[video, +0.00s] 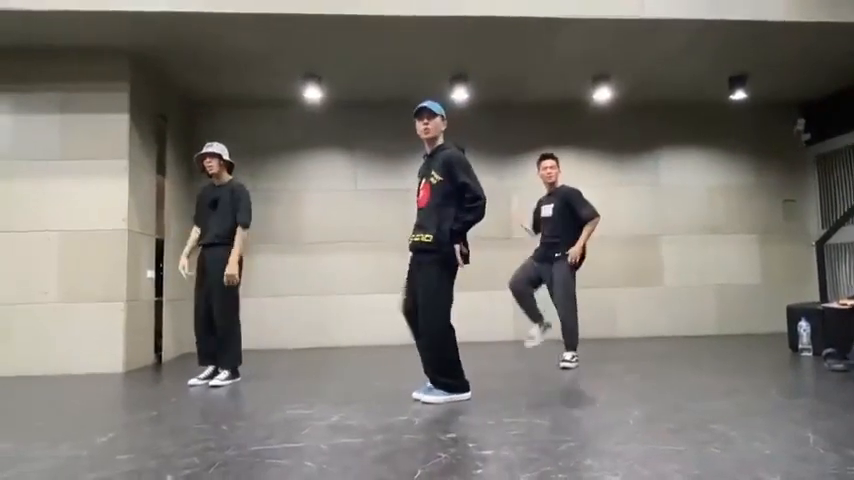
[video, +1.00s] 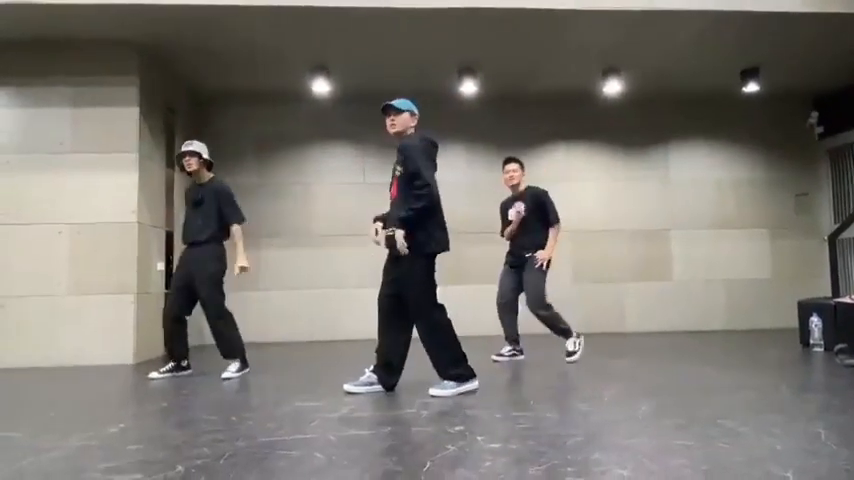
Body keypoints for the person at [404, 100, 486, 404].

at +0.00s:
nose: (425, 123)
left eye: (431, 118)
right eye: (420, 119)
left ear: (444, 123)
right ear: (416, 126)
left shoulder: (451, 157)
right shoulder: (427, 163)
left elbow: (477, 202)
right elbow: (437, 205)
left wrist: (456, 233)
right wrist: (452, 237)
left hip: (440, 253)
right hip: (422, 252)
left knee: (433, 317)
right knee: (412, 310)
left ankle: (454, 384)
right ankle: (439, 380)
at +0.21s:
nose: (426, 119)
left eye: (432, 113)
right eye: (421, 115)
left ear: (445, 119)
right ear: (417, 123)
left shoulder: (450, 155)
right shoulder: (426, 161)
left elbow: (461, 201)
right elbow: (428, 205)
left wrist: (432, 229)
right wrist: (417, 234)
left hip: (438, 248)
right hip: (419, 242)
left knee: (437, 320)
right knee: (381, 276)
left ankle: (456, 384)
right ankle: (426, 323)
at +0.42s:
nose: (421, 118)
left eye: (427, 113)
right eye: (416, 114)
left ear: (439, 118)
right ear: (412, 122)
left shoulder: (447, 151)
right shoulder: (423, 158)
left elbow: (445, 197)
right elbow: (420, 208)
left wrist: (404, 209)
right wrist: (400, 243)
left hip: (434, 250)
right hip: (413, 248)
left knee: (438, 316)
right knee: (385, 305)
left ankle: (458, 381)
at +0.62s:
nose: (414, 121)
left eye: (420, 115)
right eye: (410, 117)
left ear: (433, 120)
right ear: (406, 124)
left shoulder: (439, 154)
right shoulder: (415, 160)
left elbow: (437, 201)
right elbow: (409, 207)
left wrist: (396, 214)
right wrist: (387, 236)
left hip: (426, 250)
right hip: (406, 250)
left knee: (434, 313)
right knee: (396, 311)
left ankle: (459, 380)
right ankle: (382, 379)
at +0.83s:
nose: (405, 119)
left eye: (412, 114)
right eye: (401, 115)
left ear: (425, 120)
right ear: (398, 123)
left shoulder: (431, 151)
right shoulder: (408, 161)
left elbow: (436, 199)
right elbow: (401, 205)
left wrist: (399, 223)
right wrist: (383, 226)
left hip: (423, 249)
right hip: (404, 249)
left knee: (430, 311)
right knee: (391, 308)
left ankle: (460, 377)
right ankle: (383, 377)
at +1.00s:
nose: (390, 120)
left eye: (396, 114)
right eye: (387, 116)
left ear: (414, 118)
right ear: (390, 123)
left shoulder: (416, 146)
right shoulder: (406, 149)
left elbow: (425, 193)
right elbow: (404, 199)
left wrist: (397, 223)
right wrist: (384, 219)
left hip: (419, 244)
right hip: (404, 243)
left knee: (423, 308)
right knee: (392, 307)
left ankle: (460, 375)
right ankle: (384, 375)